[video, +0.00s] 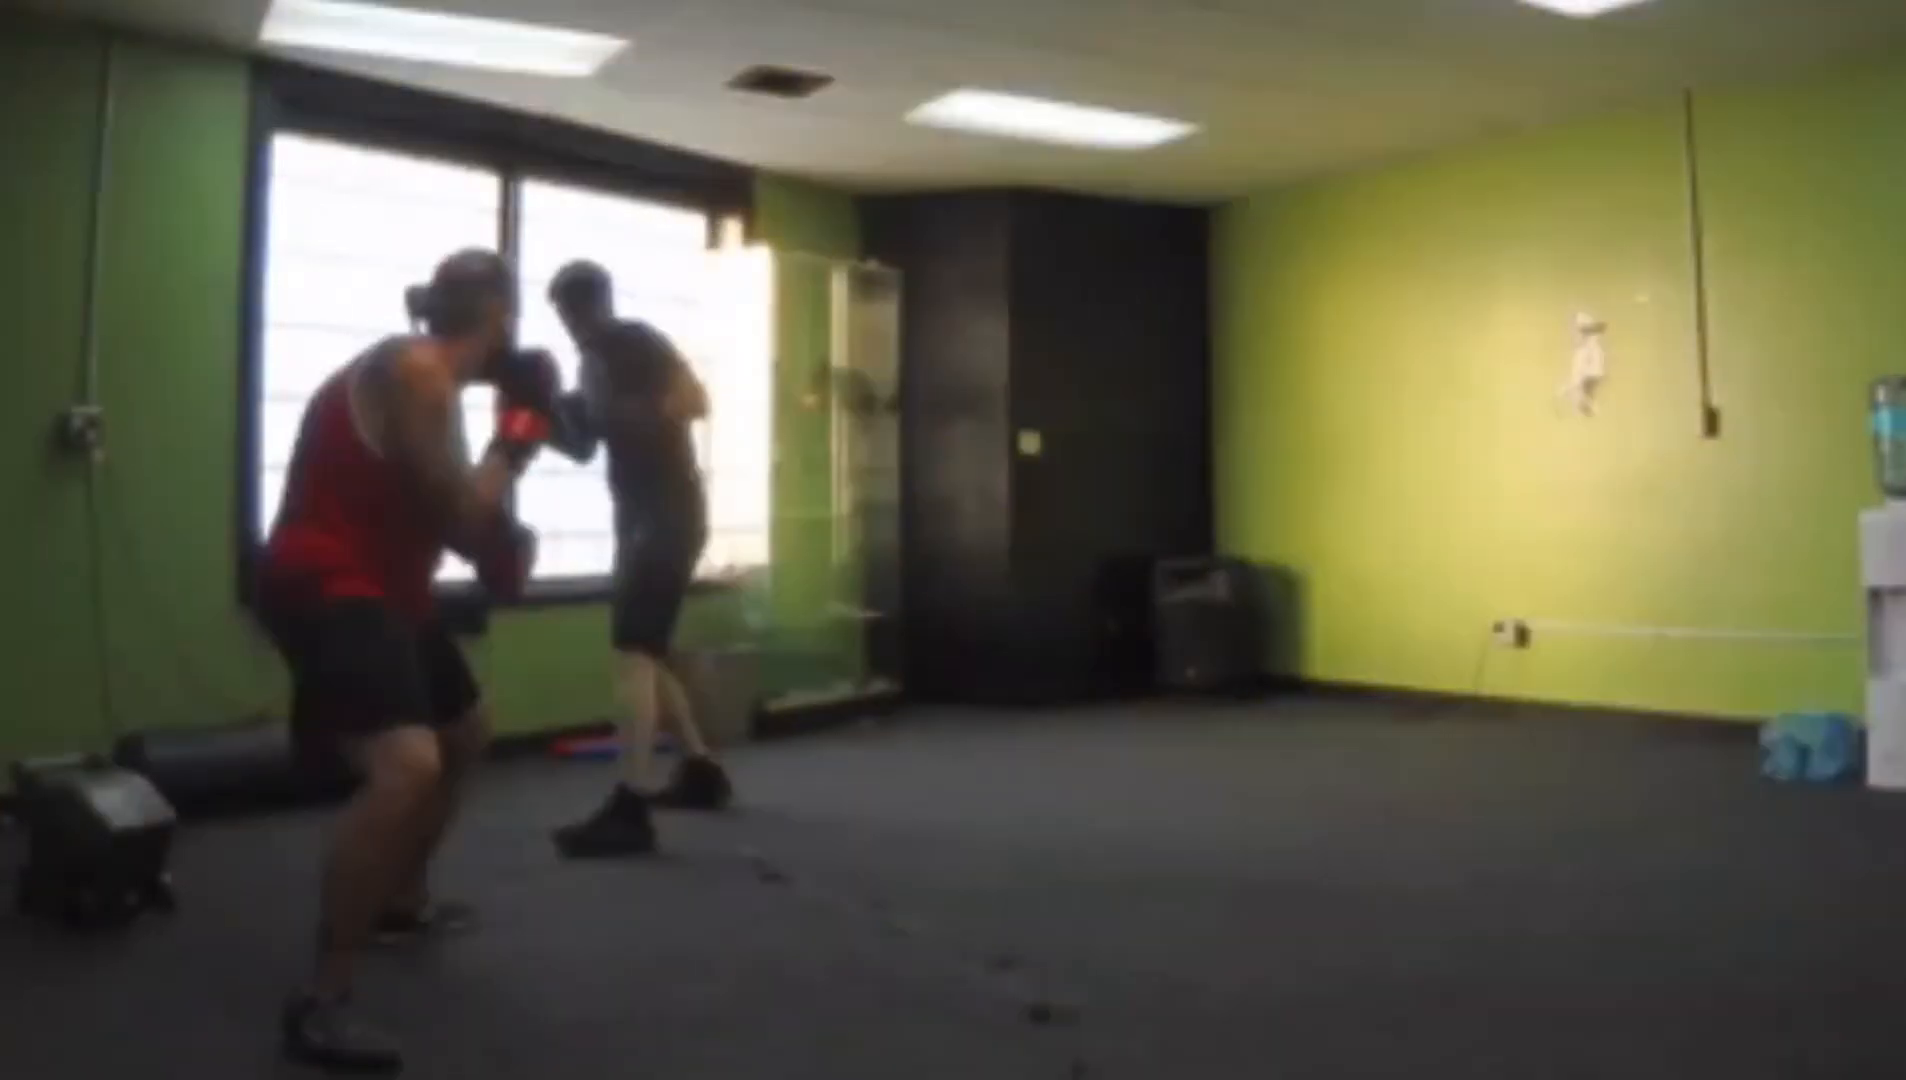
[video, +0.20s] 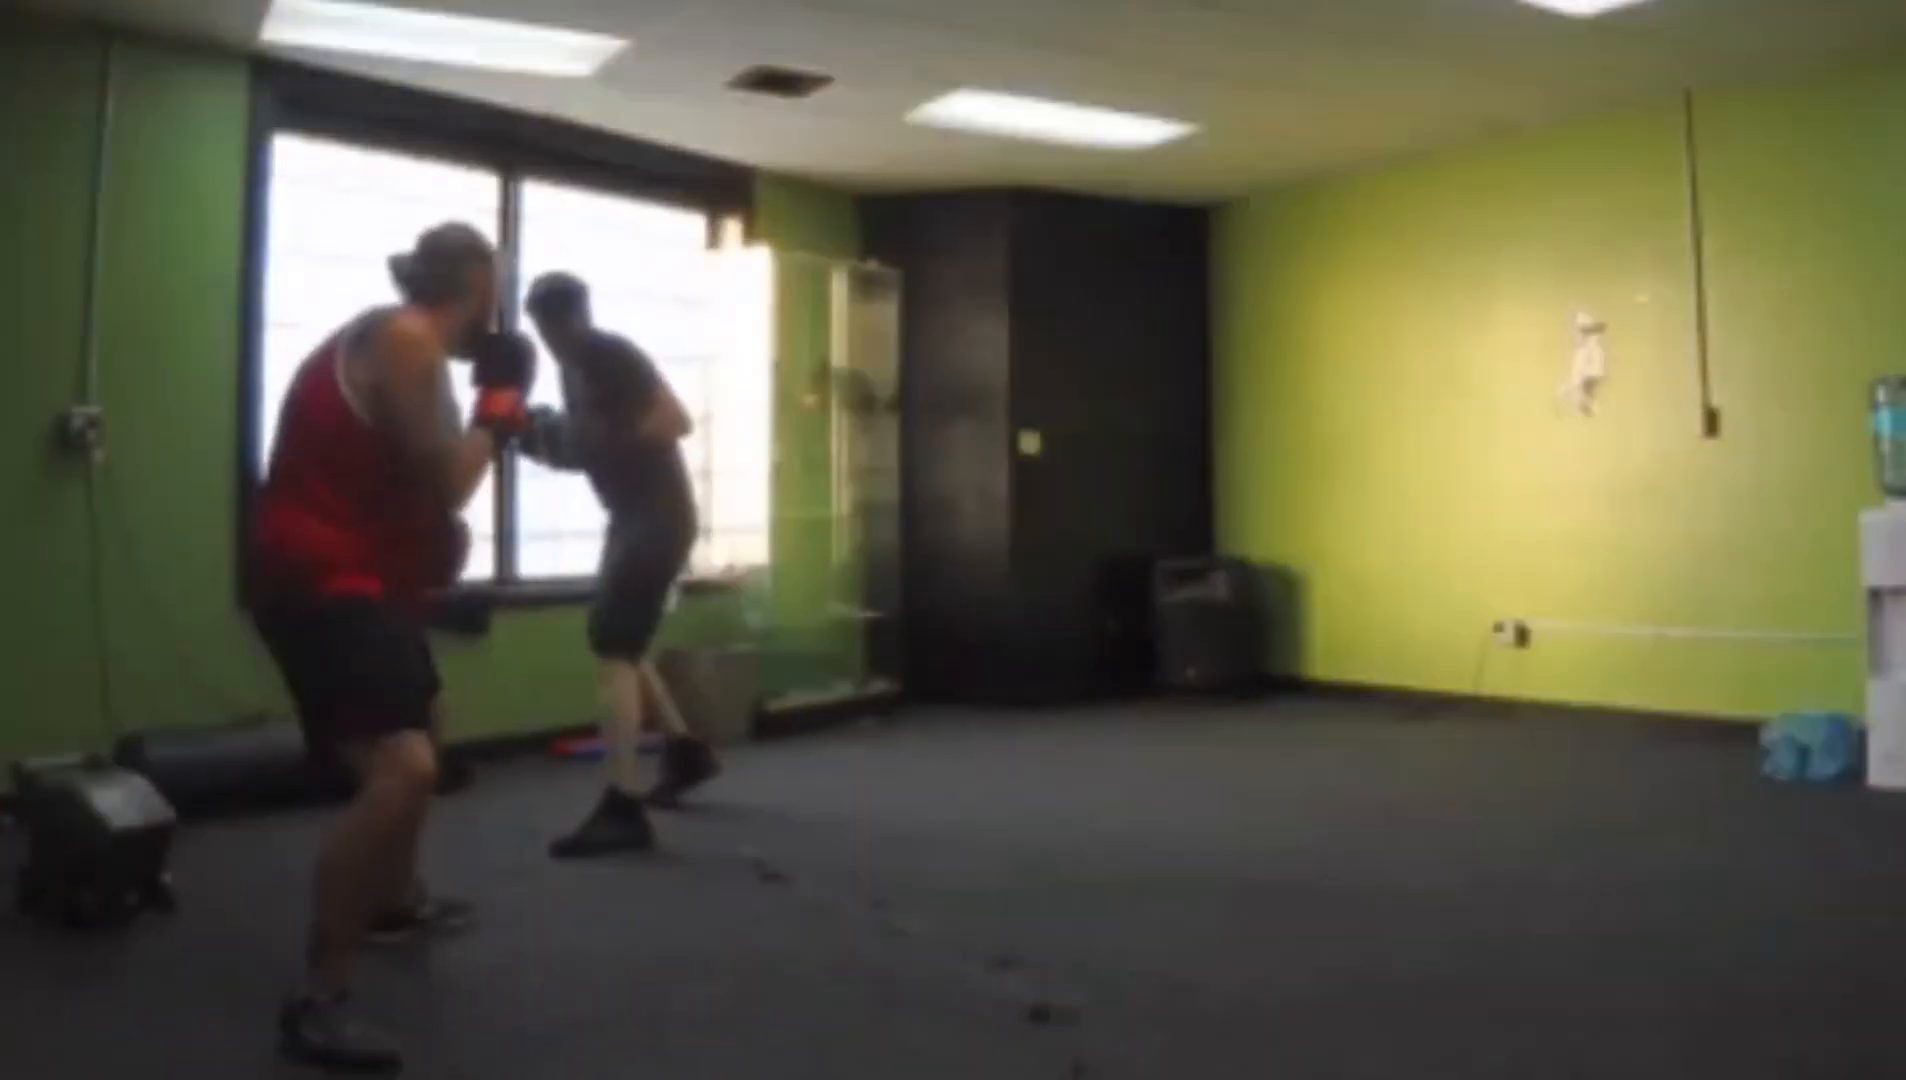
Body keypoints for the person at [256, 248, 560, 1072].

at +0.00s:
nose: (512, 336)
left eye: (510, 322)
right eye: (509, 320)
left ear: (443, 307)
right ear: (488, 318)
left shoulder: (415, 372)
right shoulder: (413, 369)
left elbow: (441, 502)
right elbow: (462, 513)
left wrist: (496, 546)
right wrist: (515, 437)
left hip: (383, 590)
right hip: (331, 588)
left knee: (459, 733)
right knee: (405, 767)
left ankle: (398, 900)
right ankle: (325, 1001)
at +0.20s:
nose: (495, 311)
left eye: (494, 295)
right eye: (490, 294)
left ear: (424, 279)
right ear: (462, 290)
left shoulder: (386, 336)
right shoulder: (406, 339)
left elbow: (405, 474)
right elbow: (446, 481)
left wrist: (433, 539)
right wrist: (497, 413)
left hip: (345, 580)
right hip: (330, 582)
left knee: (404, 753)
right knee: (400, 767)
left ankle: (391, 899)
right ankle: (321, 1001)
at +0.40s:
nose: (469, 289)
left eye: (466, 275)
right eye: (468, 274)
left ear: (393, 261)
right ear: (449, 267)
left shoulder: (333, 322)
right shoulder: (415, 319)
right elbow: (483, 456)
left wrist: (445, 378)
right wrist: (472, 372)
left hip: (290, 571)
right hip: (348, 576)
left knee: (389, 753)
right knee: (396, 766)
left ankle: (386, 904)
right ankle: (320, 1002)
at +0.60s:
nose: (467, 296)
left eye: (464, 284)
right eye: (465, 282)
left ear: (394, 266)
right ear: (447, 274)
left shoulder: (340, 322)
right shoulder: (411, 321)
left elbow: (421, 443)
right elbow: (468, 456)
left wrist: (462, 373)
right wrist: (483, 373)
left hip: (300, 567)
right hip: (347, 574)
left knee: (405, 741)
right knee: (384, 761)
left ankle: (389, 901)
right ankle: (324, 999)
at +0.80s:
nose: (478, 290)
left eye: (477, 278)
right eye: (478, 277)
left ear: (410, 253)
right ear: (464, 268)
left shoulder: (356, 305)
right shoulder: (417, 307)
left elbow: (464, 425)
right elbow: (473, 437)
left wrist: (508, 384)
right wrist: (489, 353)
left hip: (297, 546)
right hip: (339, 553)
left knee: (392, 722)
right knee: (382, 728)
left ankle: (388, 901)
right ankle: (326, 965)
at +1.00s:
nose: (481, 274)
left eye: (480, 261)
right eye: (478, 259)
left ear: (408, 243)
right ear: (456, 253)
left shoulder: (351, 297)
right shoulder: (421, 305)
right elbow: (489, 428)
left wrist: (468, 331)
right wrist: (505, 356)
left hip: (294, 544)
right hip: (344, 554)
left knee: (394, 718)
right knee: (374, 734)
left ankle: (391, 894)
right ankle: (323, 960)